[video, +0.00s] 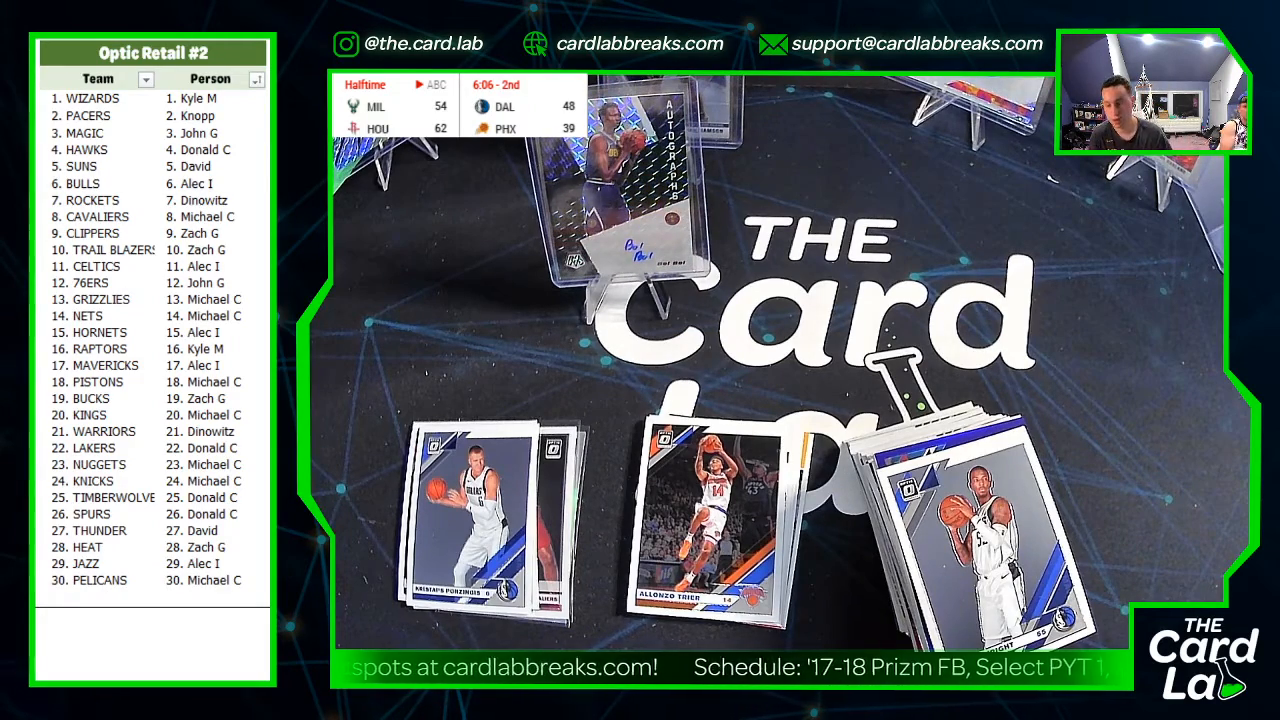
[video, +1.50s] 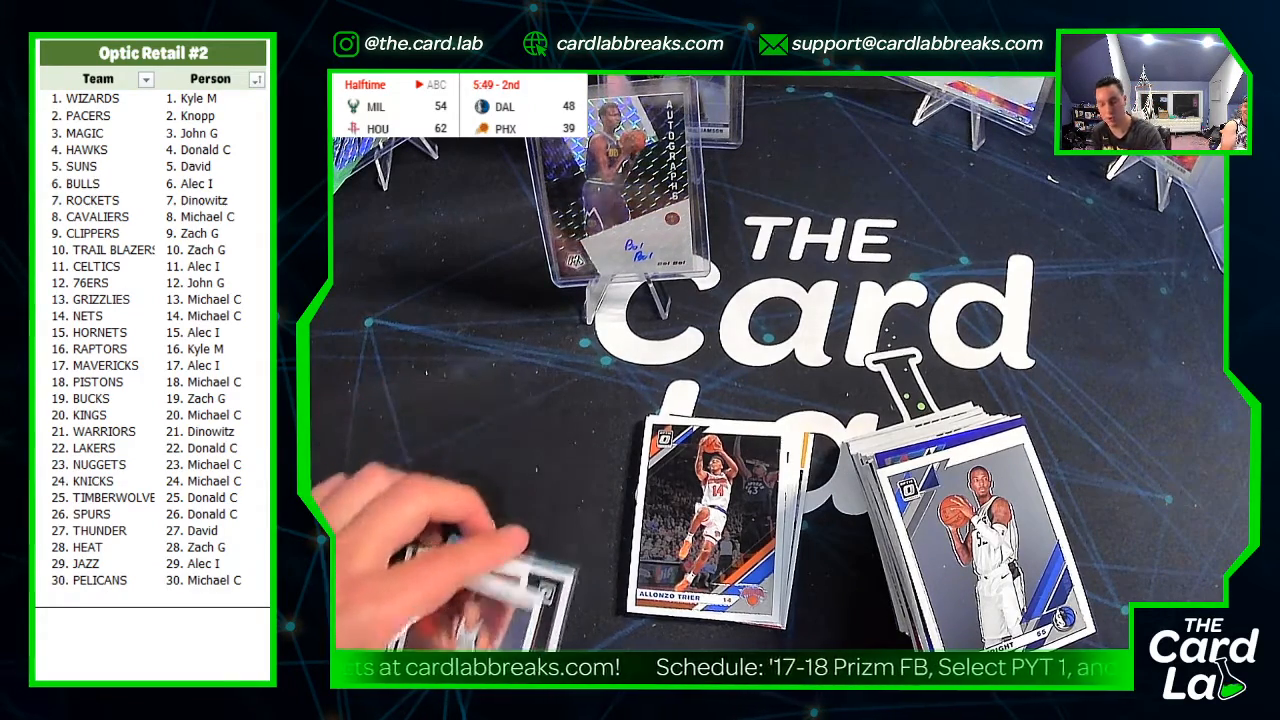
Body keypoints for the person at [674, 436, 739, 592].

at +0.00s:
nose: (714, 463)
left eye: (717, 461)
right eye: (713, 461)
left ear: (721, 465)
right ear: (710, 465)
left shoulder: (727, 476)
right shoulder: (706, 477)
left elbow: (734, 468)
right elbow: (698, 470)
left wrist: (722, 452)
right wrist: (700, 451)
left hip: (721, 513)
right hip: (706, 507)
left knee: (707, 550)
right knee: (704, 511)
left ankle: (689, 578)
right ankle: (688, 539)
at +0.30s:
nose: (714, 463)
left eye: (717, 461)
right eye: (713, 461)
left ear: (721, 465)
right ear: (710, 465)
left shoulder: (727, 476)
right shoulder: (706, 477)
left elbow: (734, 468)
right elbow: (698, 470)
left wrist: (722, 452)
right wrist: (700, 451)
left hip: (721, 513)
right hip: (706, 507)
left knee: (707, 550)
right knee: (704, 511)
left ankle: (689, 578)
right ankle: (688, 539)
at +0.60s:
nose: (714, 463)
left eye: (717, 461)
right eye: (713, 461)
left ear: (721, 465)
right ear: (710, 465)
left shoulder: (727, 476)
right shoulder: (706, 477)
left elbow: (734, 468)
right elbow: (699, 470)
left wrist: (722, 452)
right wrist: (700, 451)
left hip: (721, 513)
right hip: (706, 507)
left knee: (707, 549)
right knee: (704, 512)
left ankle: (688, 578)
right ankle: (688, 540)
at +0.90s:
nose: (714, 463)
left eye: (717, 462)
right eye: (713, 461)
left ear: (721, 465)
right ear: (709, 465)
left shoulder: (727, 476)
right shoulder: (706, 477)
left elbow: (734, 468)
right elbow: (698, 470)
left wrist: (722, 452)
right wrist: (700, 450)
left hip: (721, 513)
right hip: (706, 507)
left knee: (707, 550)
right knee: (704, 512)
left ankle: (688, 579)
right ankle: (688, 540)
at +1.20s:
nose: (714, 463)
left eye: (717, 461)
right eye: (713, 461)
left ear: (721, 465)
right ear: (710, 465)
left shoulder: (727, 476)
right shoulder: (706, 476)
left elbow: (734, 468)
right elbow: (699, 470)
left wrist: (722, 452)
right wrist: (700, 451)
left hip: (721, 512)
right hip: (706, 507)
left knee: (707, 550)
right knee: (704, 512)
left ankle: (688, 579)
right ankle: (688, 540)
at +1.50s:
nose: (714, 463)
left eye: (717, 461)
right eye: (713, 461)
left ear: (721, 465)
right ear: (710, 465)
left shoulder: (727, 476)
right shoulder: (706, 476)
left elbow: (734, 468)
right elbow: (698, 470)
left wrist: (722, 452)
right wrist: (700, 451)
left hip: (721, 512)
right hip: (706, 507)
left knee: (707, 550)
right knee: (704, 512)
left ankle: (688, 578)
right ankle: (688, 540)